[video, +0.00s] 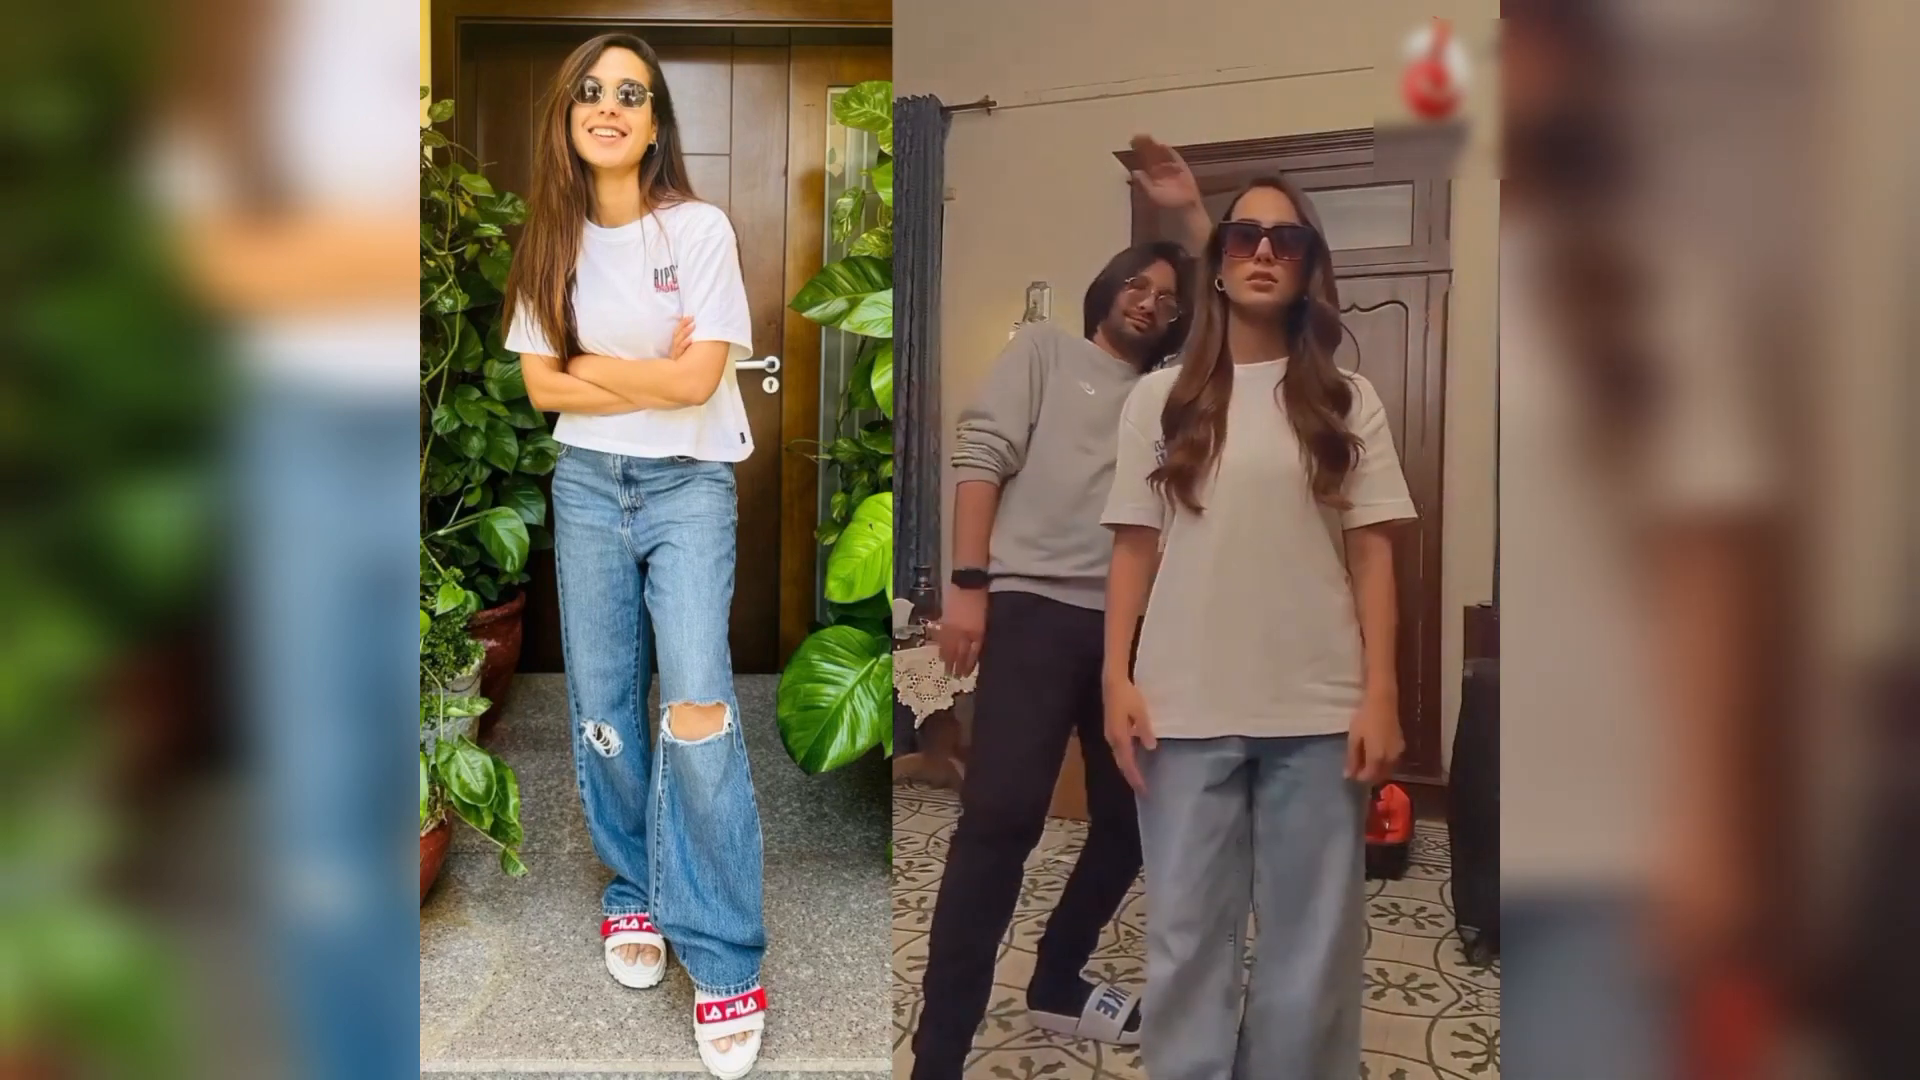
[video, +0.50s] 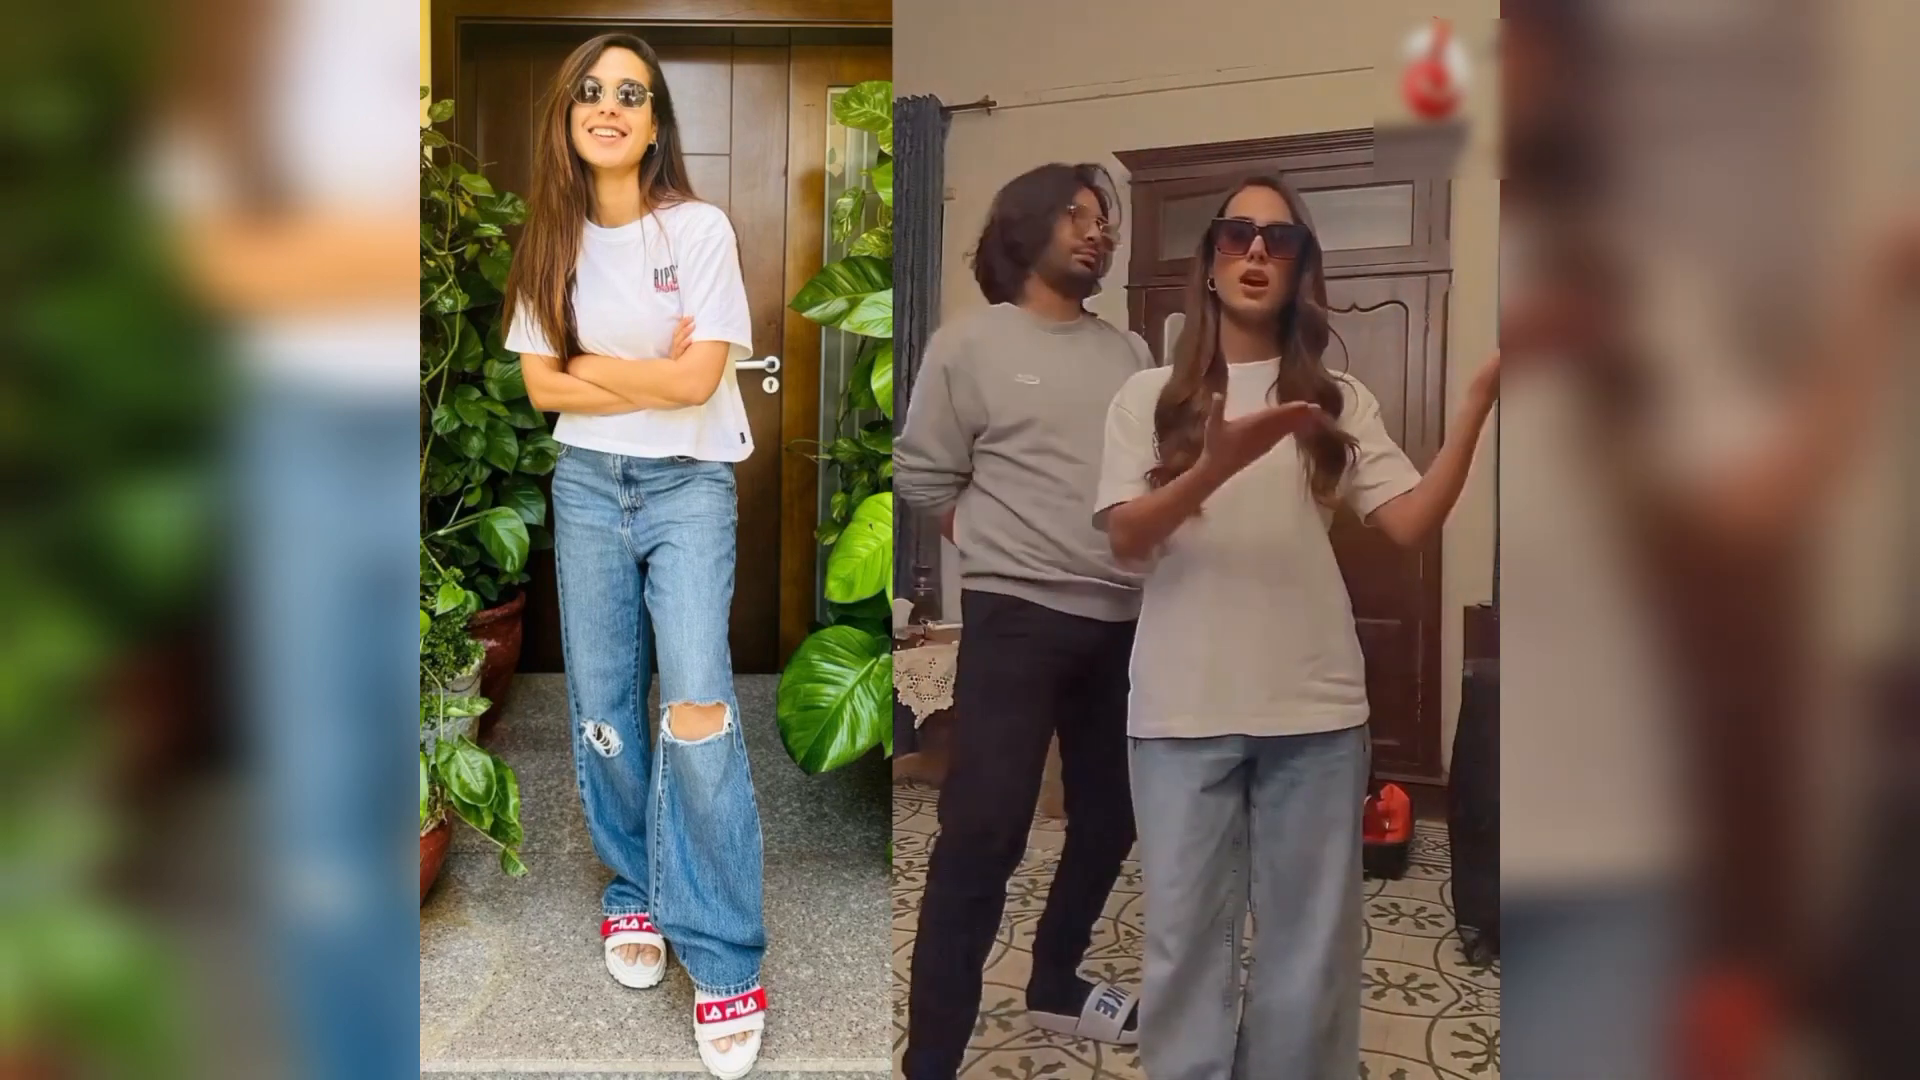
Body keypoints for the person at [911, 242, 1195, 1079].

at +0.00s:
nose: (1149, 302)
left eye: (1165, 297)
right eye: (1138, 286)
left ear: (1177, 316)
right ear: (1106, 289)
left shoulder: (1174, 388)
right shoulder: (1043, 349)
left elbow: (1224, 322)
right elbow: (983, 453)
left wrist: (1193, 215)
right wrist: (966, 581)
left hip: (1134, 625)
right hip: (1035, 616)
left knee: (1127, 825)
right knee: (1000, 824)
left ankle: (1057, 988)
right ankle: (938, 1057)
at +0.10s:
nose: (1147, 289)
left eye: (1159, 282)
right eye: (1133, 273)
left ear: (1170, 301)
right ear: (1099, 279)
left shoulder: (1170, 383)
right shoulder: (1043, 342)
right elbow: (979, 451)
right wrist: (959, 577)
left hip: (1127, 624)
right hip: (1028, 612)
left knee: (1120, 821)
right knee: (994, 824)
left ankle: (1057, 990)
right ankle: (935, 1058)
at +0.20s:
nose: (1136, 258)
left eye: (1146, 251)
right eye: (1121, 244)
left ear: (1157, 270)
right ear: (1086, 252)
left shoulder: (1169, 348)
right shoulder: (1039, 323)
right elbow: (972, 435)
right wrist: (942, 566)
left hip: (1121, 609)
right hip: (1022, 599)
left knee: (1104, 812)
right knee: (990, 819)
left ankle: (1056, 993)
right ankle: (933, 1059)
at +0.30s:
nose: (1124, 230)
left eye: (1132, 219)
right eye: (1103, 217)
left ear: (1142, 243)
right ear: (1063, 235)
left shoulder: (1159, 347)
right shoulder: (1016, 322)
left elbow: (1184, 472)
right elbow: (938, 440)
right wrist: (928, 568)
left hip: (1120, 608)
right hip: (1015, 597)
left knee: (1093, 809)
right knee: (984, 817)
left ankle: (1056, 989)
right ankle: (933, 1055)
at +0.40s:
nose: (1109, 227)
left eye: (1115, 216)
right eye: (1089, 212)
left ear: (1119, 238)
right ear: (1041, 228)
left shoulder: (1143, 346)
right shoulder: (987, 333)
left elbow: (1174, 472)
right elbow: (918, 454)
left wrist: (1163, 579)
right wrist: (940, 577)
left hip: (1119, 615)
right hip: (1011, 608)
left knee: (1097, 816)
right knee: (982, 828)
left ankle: (1055, 992)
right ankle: (934, 1058)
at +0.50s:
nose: (1101, 231)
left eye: (1104, 219)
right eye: (1081, 216)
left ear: (1103, 241)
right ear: (1028, 232)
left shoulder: (1127, 350)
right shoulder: (967, 344)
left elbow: (1149, 480)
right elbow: (920, 484)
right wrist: (1006, 522)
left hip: (1117, 619)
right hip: (1012, 616)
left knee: (1107, 820)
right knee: (985, 829)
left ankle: (1054, 991)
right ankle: (933, 1058)